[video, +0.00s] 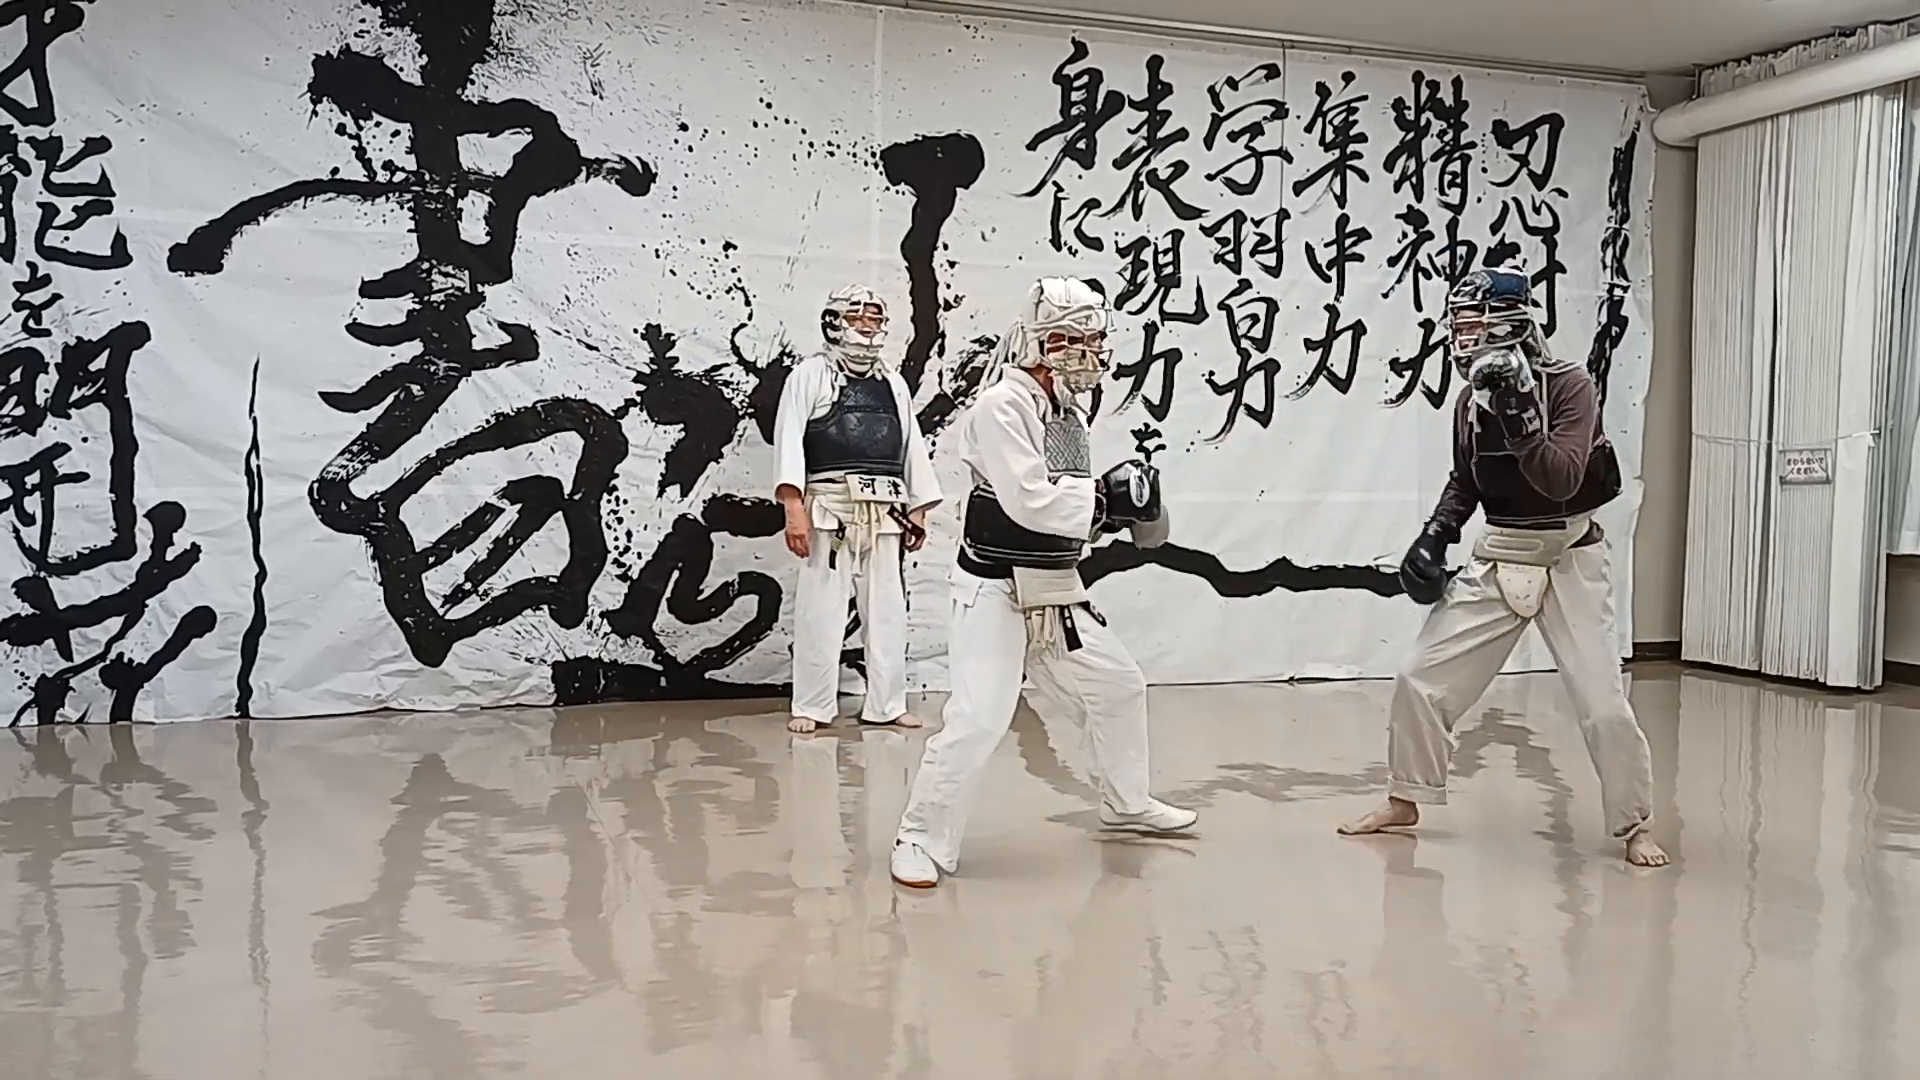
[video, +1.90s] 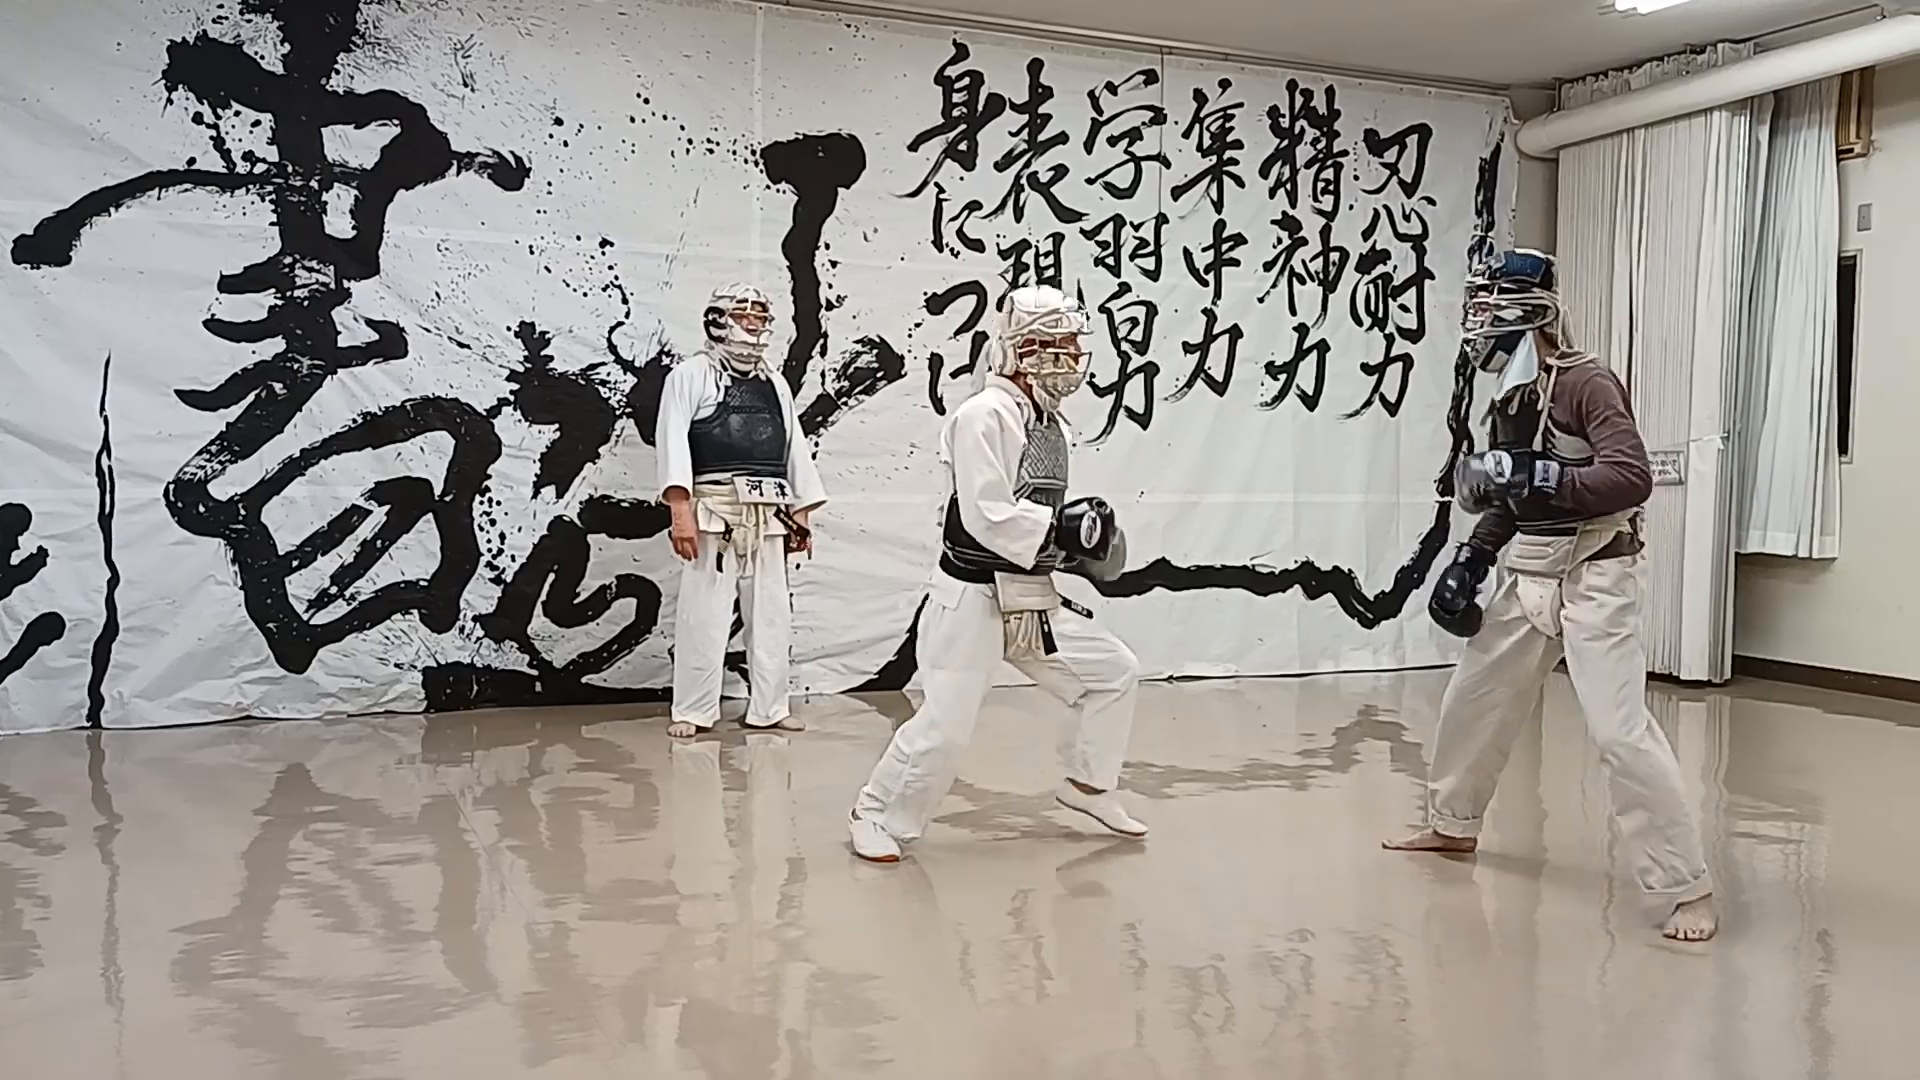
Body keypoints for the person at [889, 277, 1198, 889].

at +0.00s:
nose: (1084, 352)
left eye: (1092, 341)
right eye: (1071, 340)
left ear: (1098, 344)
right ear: (1039, 339)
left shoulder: (1070, 409)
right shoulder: (1003, 402)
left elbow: (1054, 496)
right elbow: (1026, 498)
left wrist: (1114, 502)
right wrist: (1106, 500)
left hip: (1051, 582)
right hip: (993, 584)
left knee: (1119, 684)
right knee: (979, 715)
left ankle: (1127, 804)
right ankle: (920, 843)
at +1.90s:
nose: (1067, 358)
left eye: (1072, 347)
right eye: (1053, 346)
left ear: (1078, 352)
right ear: (1020, 350)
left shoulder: (1044, 417)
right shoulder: (985, 414)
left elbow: (1030, 505)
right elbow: (986, 514)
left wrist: (1075, 532)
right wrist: (1064, 529)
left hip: (1024, 592)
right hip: (969, 594)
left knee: (1113, 672)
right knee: (944, 724)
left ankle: (1089, 786)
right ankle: (874, 817)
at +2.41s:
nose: (1078, 360)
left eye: (1086, 347)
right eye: (1061, 348)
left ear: (1095, 352)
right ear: (1029, 355)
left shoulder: (1084, 424)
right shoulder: (988, 421)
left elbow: (1089, 517)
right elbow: (980, 522)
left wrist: (1118, 576)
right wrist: (1055, 545)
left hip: (1062, 600)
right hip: (990, 603)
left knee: (1132, 702)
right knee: (983, 727)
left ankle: (1138, 824)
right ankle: (902, 837)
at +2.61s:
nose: (1080, 335)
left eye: (1089, 321)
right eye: (1064, 321)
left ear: (1100, 326)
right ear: (1032, 326)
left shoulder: (1108, 394)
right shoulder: (988, 392)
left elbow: (1122, 473)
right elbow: (968, 487)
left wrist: (1137, 514)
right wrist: (1034, 510)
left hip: (1072, 569)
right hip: (996, 571)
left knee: (1116, 697)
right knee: (971, 702)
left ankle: (1130, 819)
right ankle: (924, 826)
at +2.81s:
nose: (1077, 358)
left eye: (1088, 344)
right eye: (1060, 343)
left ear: (1102, 349)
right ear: (1031, 346)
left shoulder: (1104, 419)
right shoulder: (993, 415)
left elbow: (1116, 497)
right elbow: (982, 517)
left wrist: (1127, 537)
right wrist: (1058, 541)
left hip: (1080, 592)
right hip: (1002, 593)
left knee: (1157, 686)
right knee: (970, 722)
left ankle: (1141, 807)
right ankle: (930, 812)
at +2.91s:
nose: (1106, 353)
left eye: (1115, 340)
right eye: (1089, 340)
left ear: (1126, 345)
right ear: (1057, 346)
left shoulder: (1121, 417)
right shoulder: (1021, 415)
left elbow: (1125, 496)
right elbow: (1021, 512)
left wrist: (1154, 521)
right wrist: (1102, 517)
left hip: (1097, 596)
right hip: (1023, 596)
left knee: (1181, 685)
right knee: (987, 720)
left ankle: (1184, 826)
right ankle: (929, 817)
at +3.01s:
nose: (1148, 345)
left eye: (1155, 332)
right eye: (1133, 332)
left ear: (1162, 337)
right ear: (1100, 340)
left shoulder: (1157, 413)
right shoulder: (1069, 405)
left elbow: (1173, 494)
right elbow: (1081, 491)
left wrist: (1220, 486)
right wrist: (1157, 474)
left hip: (1133, 591)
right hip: (1061, 590)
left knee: (1199, 700)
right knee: (1020, 728)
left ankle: (1193, 839)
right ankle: (934, 805)